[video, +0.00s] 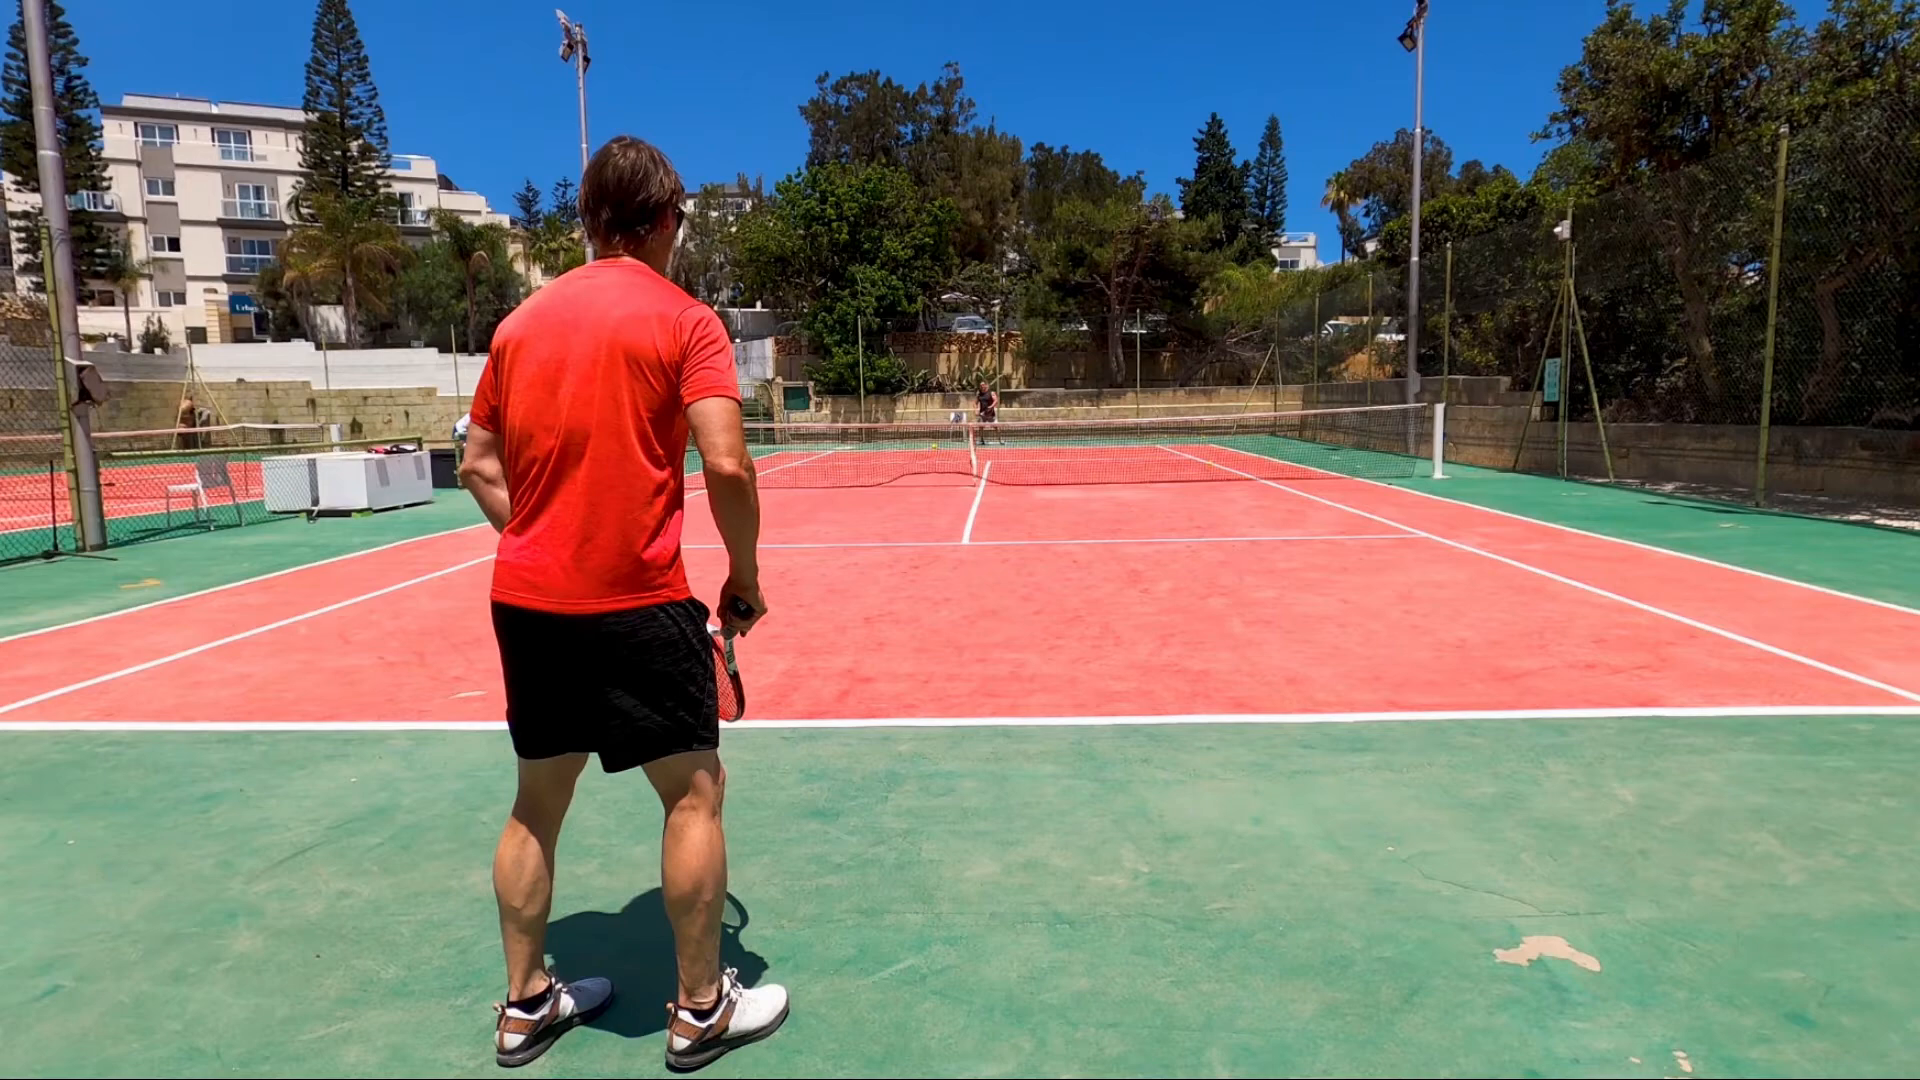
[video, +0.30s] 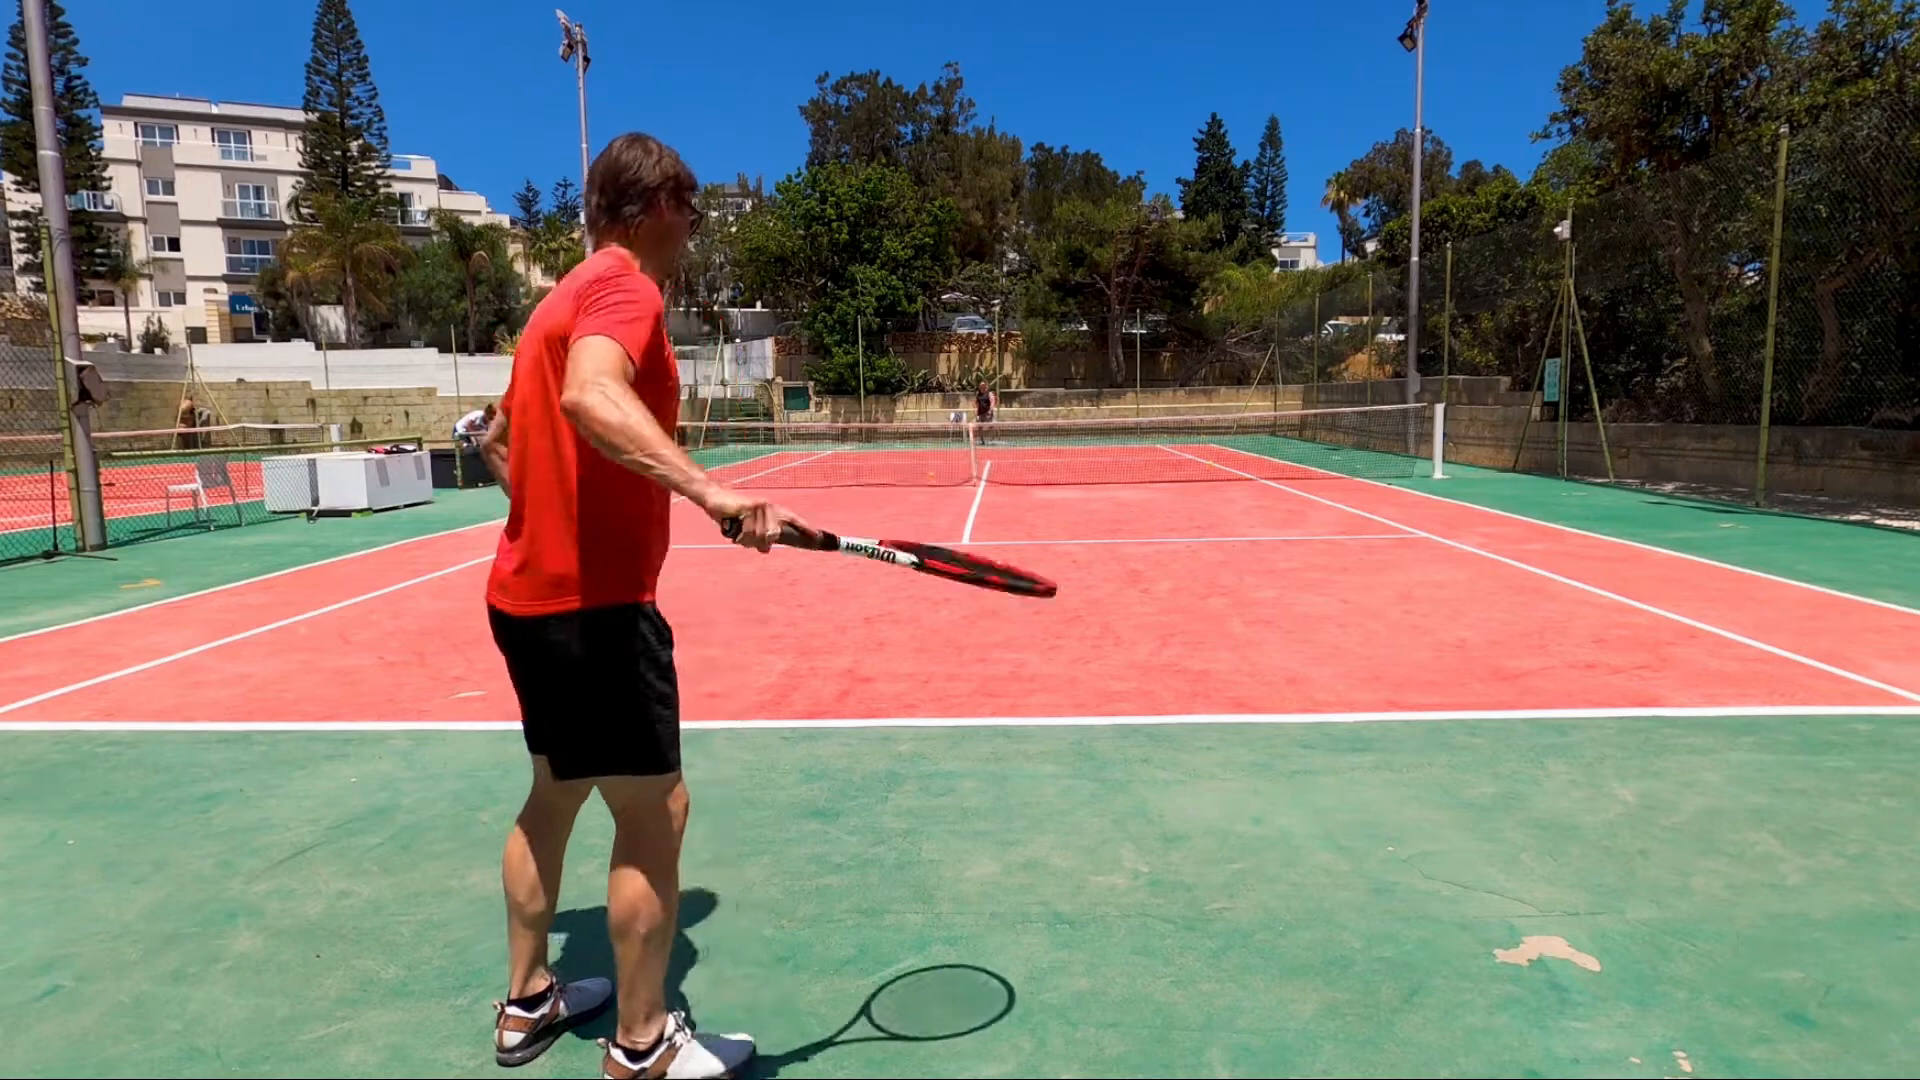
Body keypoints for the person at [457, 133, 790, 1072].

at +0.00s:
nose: (680, 234)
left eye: (678, 221)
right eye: (679, 220)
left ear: (587, 220)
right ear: (665, 221)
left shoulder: (524, 320)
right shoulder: (686, 318)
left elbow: (479, 462)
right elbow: (726, 466)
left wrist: (540, 544)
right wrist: (745, 572)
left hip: (529, 601)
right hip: (641, 601)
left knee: (536, 799)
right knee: (693, 793)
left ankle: (523, 1002)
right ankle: (700, 1006)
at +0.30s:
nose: (692, 229)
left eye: (691, 211)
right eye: (688, 210)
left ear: (603, 212)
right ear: (658, 208)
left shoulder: (559, 303)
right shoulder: (623, 287)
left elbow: (500, 446)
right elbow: (591, 394)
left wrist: (581, 520)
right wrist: (711, 490)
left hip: (528, 599)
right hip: (599, 606)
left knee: (554, 787)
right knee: (653, 808)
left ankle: (527, 996)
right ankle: (645, 1040)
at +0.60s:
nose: (732, 260)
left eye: (739, 241)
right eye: (733, 237)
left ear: (683, 218)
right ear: (690, 216)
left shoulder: (647, 304)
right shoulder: (589, 289)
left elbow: (640, 439)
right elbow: (451, 358)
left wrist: (717, 507)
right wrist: (470, 298)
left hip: (614, 587)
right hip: (595, 594)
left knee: (584, 788)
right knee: (656, 816)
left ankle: (529, 988)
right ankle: (644, 1041)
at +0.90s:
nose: (788, 286)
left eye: (796, 268)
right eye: (791, 264)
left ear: (723, 235)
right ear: (753, 245)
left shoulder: (660, 306)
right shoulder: (654, 361)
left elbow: (653, 429)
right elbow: (613, 534)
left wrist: (731, 467)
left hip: (574, 600)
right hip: (599, 617)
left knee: (577, 787)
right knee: (668, 820)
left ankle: (524, 981)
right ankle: (645, 1044)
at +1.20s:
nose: (804, 248)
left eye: (807, 230)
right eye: (803, 230)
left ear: (708, 210)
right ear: (783, 231)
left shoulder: (601, 281)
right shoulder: (776, 373)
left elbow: (518, 388)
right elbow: (780, 495)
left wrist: (611, 423)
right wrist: (795, 399)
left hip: (536, 595)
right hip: (646, 621)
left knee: (555, 772)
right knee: (685, 825)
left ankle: (514, 966)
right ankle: (646, 1043)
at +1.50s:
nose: (750, 211)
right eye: (756, 198)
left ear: (660, 196)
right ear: (757, 206)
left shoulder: (575, 288)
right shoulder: (774, 343)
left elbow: (467, 415)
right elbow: (772, 454)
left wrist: (548, 453)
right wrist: (694, 391)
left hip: (542, 609)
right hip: (669, 629)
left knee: (523, 809)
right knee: (676, 834)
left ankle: (491, 1018)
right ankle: (646, 1044)